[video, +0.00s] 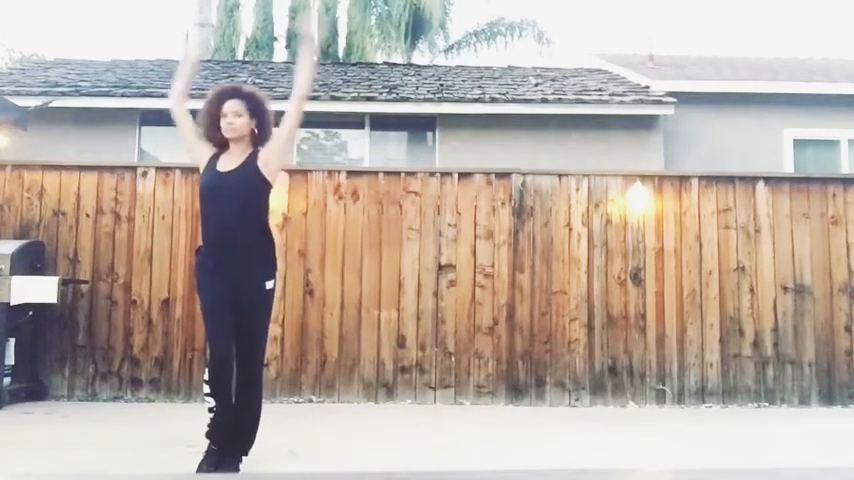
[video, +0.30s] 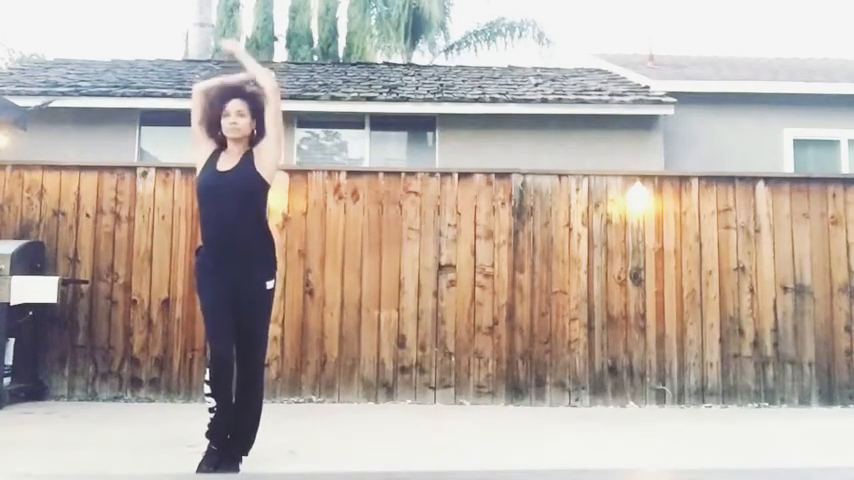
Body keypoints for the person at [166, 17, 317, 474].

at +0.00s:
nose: (230, 120)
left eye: (237, 114)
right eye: (224, 115)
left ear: (254, 121)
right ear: (217, 122)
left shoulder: (269, 158)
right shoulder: (208, 158)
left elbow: (299, 99)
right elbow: (176, 104)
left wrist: (309, 42)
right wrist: (193, 53)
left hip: (256, 269)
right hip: (212, 268)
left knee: (249, 362)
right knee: (220, 353)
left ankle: (237, 451)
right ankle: (218, 444)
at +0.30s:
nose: (234, 120)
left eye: (242, 115)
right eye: (228, 115)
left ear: (254, 122)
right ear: (218, 121)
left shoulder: (264, 156)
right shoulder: (207, 155)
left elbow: (273, 90)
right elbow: (197, 90)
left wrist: (243, 55)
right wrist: (241, 74)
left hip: (255, 267)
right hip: (212, 266)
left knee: (250, 360)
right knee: (221, 355)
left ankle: (238, 450)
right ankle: (218, 445)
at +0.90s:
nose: (254, 122)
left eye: (261, 116)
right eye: (247, 116)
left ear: (273, 123)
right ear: (236, 123)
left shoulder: (284, 156)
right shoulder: (226, 156)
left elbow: (288, 88)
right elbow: (204, 97)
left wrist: (243, 84)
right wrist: (234, 86)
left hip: (269, 273)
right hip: (226, 269)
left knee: (253, 360)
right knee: (210, 361)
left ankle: (275, 445)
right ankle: (212, 451)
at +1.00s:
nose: (265, 121)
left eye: (272, 116)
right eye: (258, 115)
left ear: (283, 123)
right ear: (246, 123)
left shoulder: (291, 158)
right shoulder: (235, 158)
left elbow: (297, 89)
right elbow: (213, 97)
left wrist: (252, 84)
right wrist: (242, 89)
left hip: (286, 274)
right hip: (241, 274)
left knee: (302, 363)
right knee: (221, 362)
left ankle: (336, 450)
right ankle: (213, 449)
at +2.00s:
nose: (248, 122)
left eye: (255, 115)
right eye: (242, 116)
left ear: (272, 122)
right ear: (237, 124)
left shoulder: (278, 156)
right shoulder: (239, 158)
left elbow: (293, 91)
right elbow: (217, 102)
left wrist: (274, 92)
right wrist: (251, 94)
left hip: (255, 272)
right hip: (227, 272)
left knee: (245, 363)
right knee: (228, 365)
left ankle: (296, 438)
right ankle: (244, 451)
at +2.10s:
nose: (231, 122)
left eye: (239, 115)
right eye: (227, 116)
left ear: (257, 122)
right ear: (223, 123)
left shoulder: (264, 157)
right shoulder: (226, 157)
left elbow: (280, 91)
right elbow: (200, 106)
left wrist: (267, 103)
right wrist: (238, 91)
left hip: (242, 274)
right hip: (218, 272)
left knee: (195, 357)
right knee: (223, 361)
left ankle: (242, 443)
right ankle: (244, 445)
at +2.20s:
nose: (215, 122)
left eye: (223, 116)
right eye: (211, 117)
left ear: (241, 122)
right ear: (208, 125)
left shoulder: (247, 159)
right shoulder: (209, 157)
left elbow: (269, 91)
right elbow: (179, 107)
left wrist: (253, 103)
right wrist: (221, 98)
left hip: (226, 275)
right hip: (204, 273)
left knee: (169, 353)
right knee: (219, 365)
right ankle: (245, 450)